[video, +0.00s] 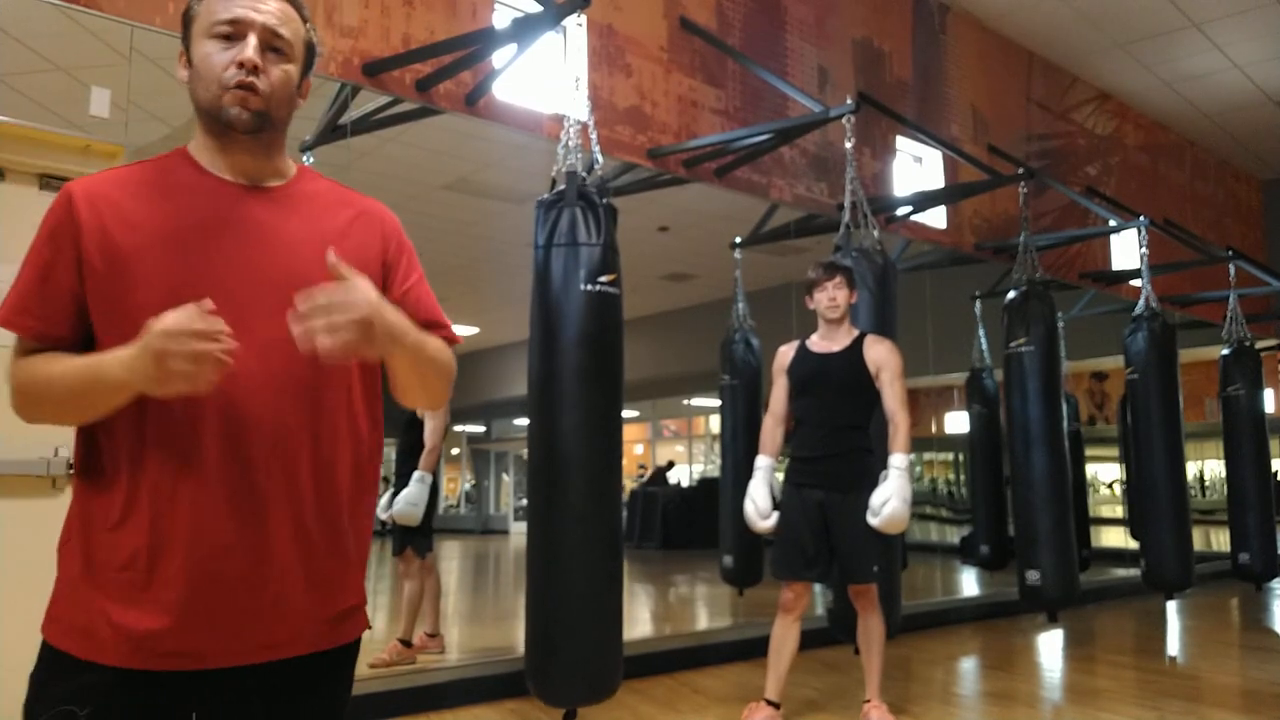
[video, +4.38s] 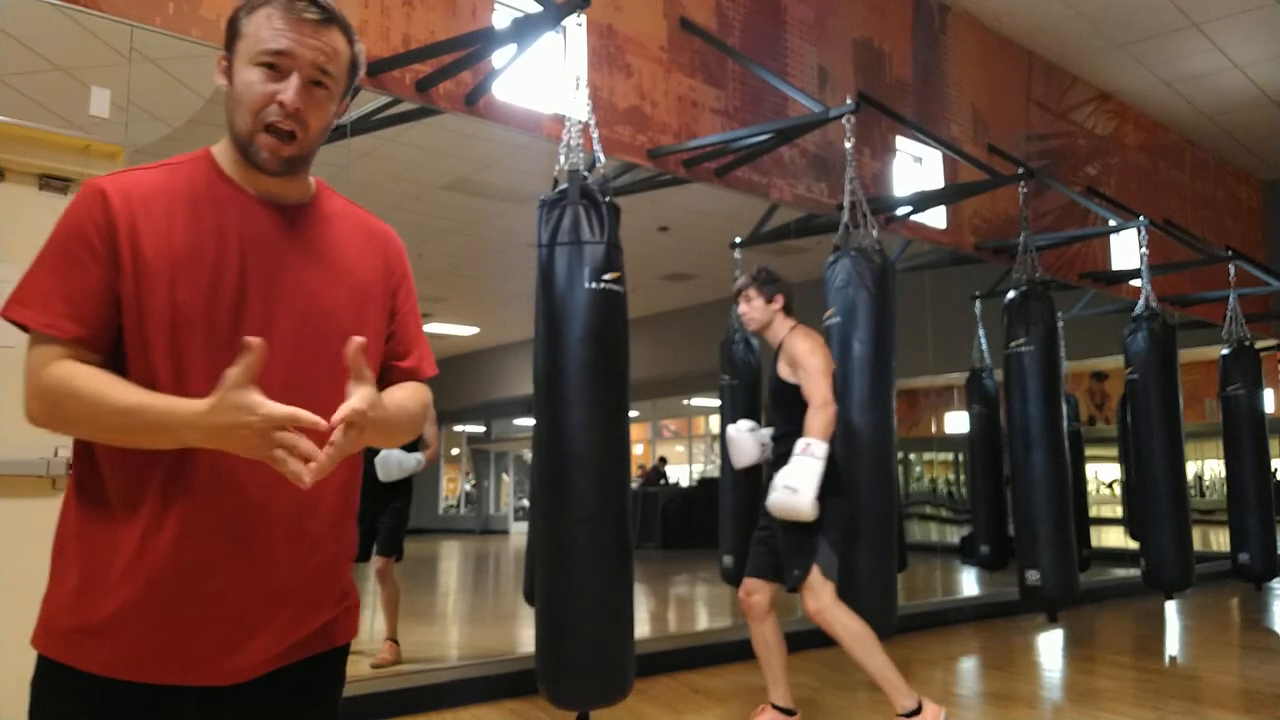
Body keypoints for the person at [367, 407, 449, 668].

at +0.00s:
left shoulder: (434, 402)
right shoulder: (415, 408)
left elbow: (433, 447)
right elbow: (405, 457)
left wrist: (418, 486)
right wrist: (393, 492)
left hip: (416, 486)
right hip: (407, 485)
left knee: (408, 564)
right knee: (425, 564)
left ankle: (404, 642)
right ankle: (432, 633)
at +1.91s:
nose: (391, 369)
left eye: (396, 362)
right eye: (391, 363)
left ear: (409, 366)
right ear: (398, 368)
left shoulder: (427, 401)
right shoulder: (398, 402)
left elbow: (436, 448)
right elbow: (397, 453)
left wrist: (425, 489)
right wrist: (383, 489)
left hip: (415, 484)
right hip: (399, 483)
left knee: (400, 565)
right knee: (418, 564)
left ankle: (402, 642)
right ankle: (431, 634)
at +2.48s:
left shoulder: (404, 393)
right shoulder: (380, 394)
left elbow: (408, 445)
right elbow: (385, 451)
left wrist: (396, 484)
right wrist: (368, 482)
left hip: (401, 479)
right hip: (384, 478)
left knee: (393, 563)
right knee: (370, 562)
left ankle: (403, 644)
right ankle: (383, 632)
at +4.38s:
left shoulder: (417, 398)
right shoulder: (355, 394)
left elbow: (433, 447)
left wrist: (414, 462)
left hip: (395, 487)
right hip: (358, 485)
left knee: (382, 567)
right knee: (345, 566)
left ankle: (391, 642)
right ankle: (338, 639)